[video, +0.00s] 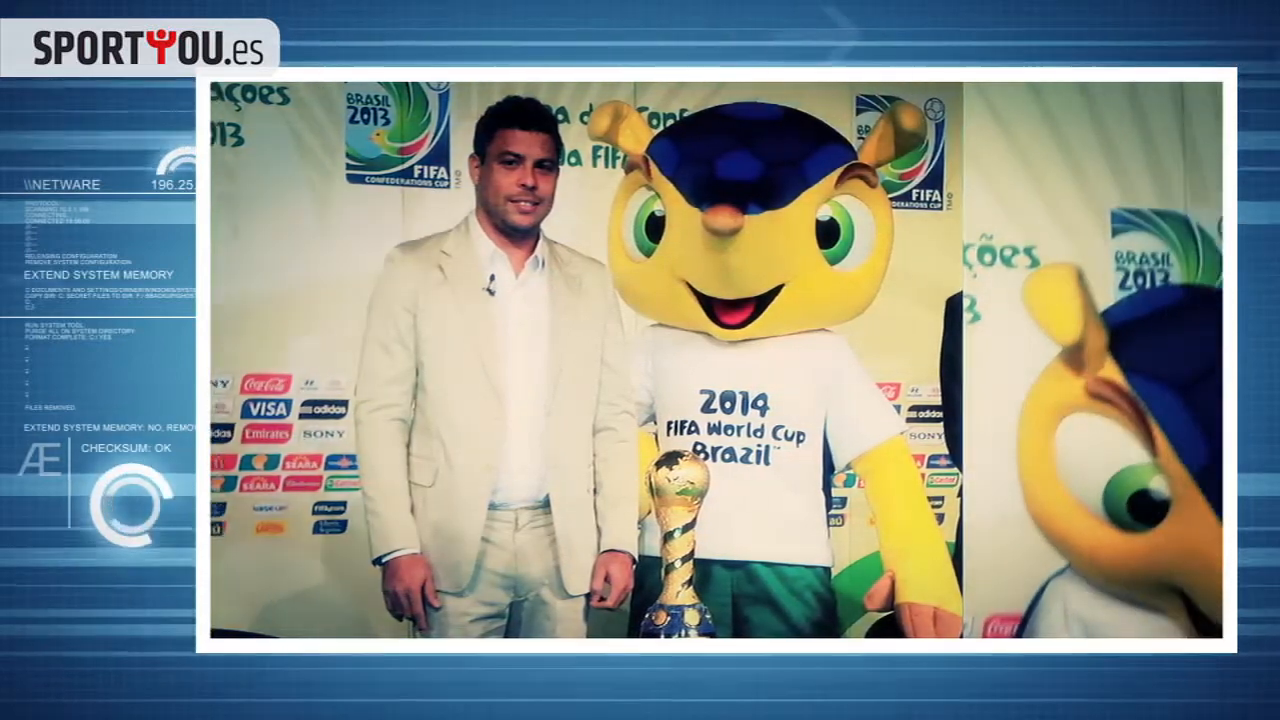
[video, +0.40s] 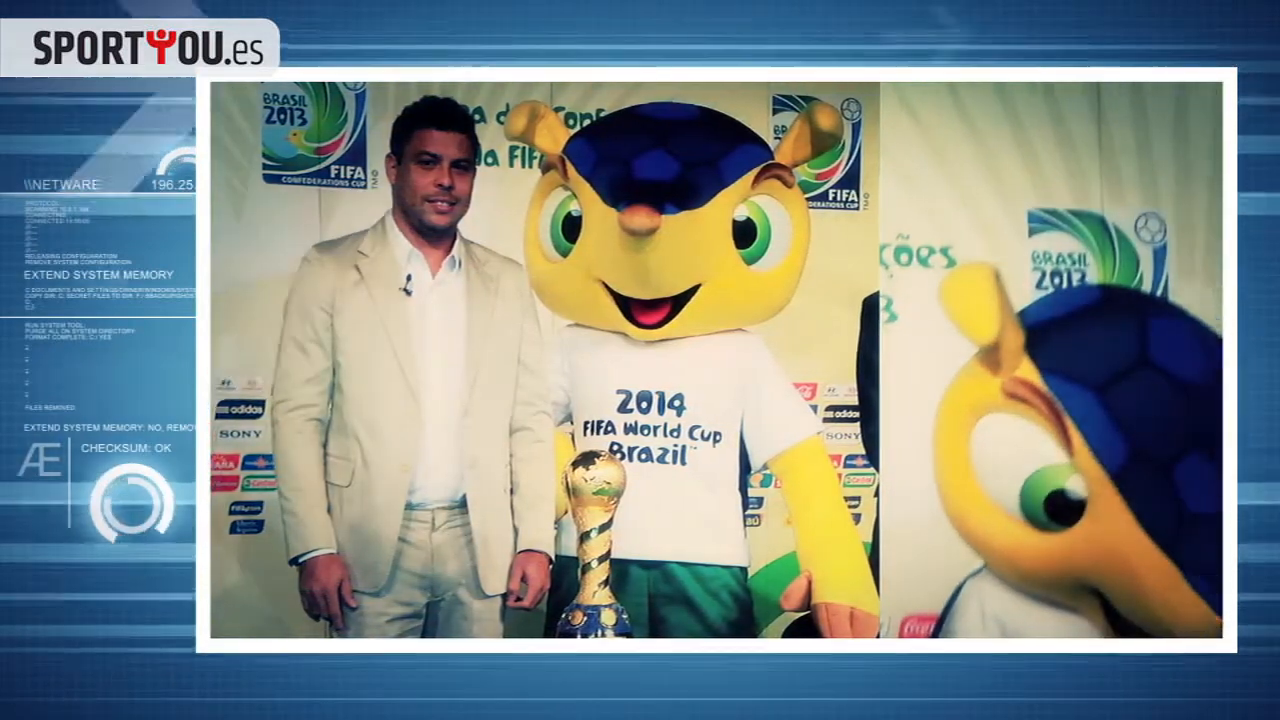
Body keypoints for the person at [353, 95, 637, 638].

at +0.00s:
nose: (529, 180)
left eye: (545, 166)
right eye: (511, 162)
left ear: (558, 178)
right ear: (476, 170)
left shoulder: (591, 282)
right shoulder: (413, 270)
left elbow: (615, 422)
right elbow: (380, 414)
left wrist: (617, 543)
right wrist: (397, 548)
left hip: (564, 542)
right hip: (457, 543)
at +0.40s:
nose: (446, 181)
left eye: (462, 166)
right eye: (428, 162)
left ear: (475, 178)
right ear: (393, 170)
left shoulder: (508, 282)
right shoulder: (329, 270)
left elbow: (531, 423)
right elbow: (297, 413)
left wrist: (534, 543)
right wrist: (314, 548)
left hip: (480, 543)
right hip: (374, 544)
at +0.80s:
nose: (362, 180)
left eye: (378, 166)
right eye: (345, 163)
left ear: (392, 178)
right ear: (310, 169)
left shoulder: (425, 283)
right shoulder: (243, 271)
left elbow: (448, 422)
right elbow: (218, 417)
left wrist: (452, 543)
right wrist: (232, 547)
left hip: (398, 542)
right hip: (291, 544)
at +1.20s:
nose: (279, 180)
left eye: (294, 166)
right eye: (262, 163)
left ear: (309, 178)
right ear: (227, 169)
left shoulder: (341, 282)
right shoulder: (182, 271)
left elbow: (365, 422)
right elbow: (147, 401)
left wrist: (369, 542)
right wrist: (159, 534)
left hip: (314, 538)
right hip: (212, 538)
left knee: (306, 711)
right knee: (204, 711)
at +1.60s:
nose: (200, 182)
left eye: (211, 166)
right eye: (188, 166)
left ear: (226, 175)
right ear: (162, 174)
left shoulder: (256, 283)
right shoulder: (111, 279)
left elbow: (281, 422)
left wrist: (285, 542)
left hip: (224, 548)